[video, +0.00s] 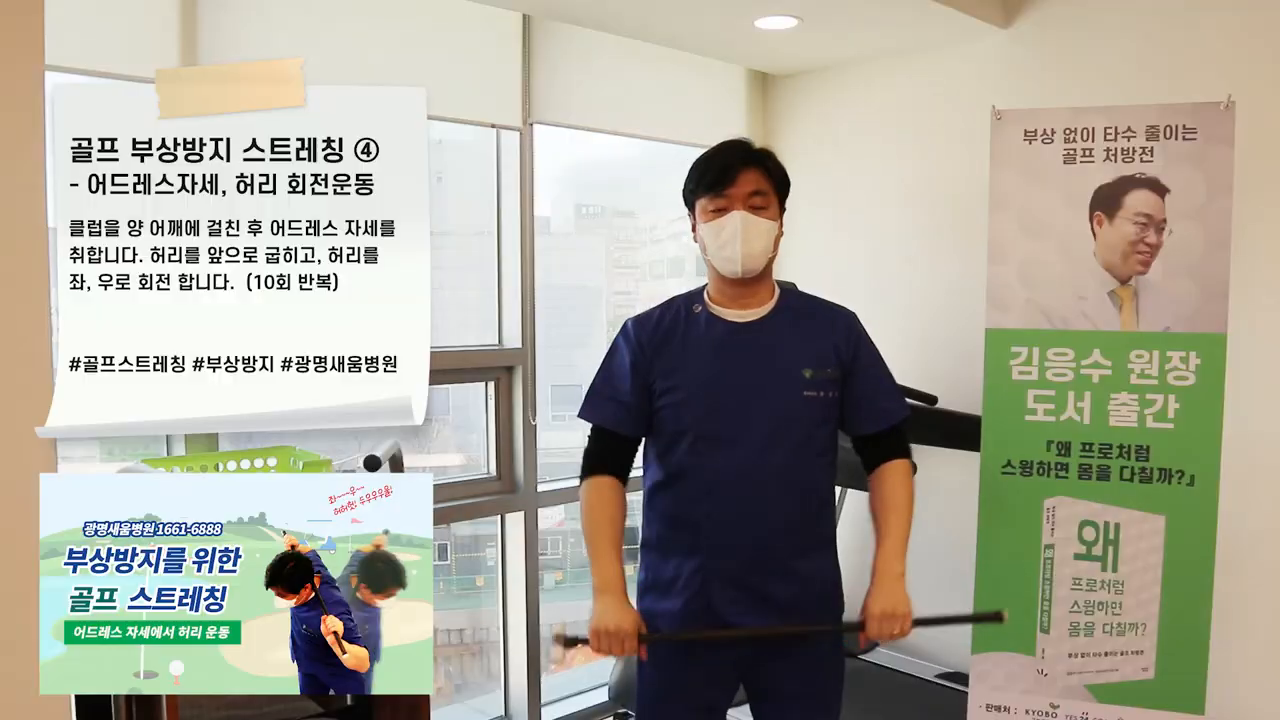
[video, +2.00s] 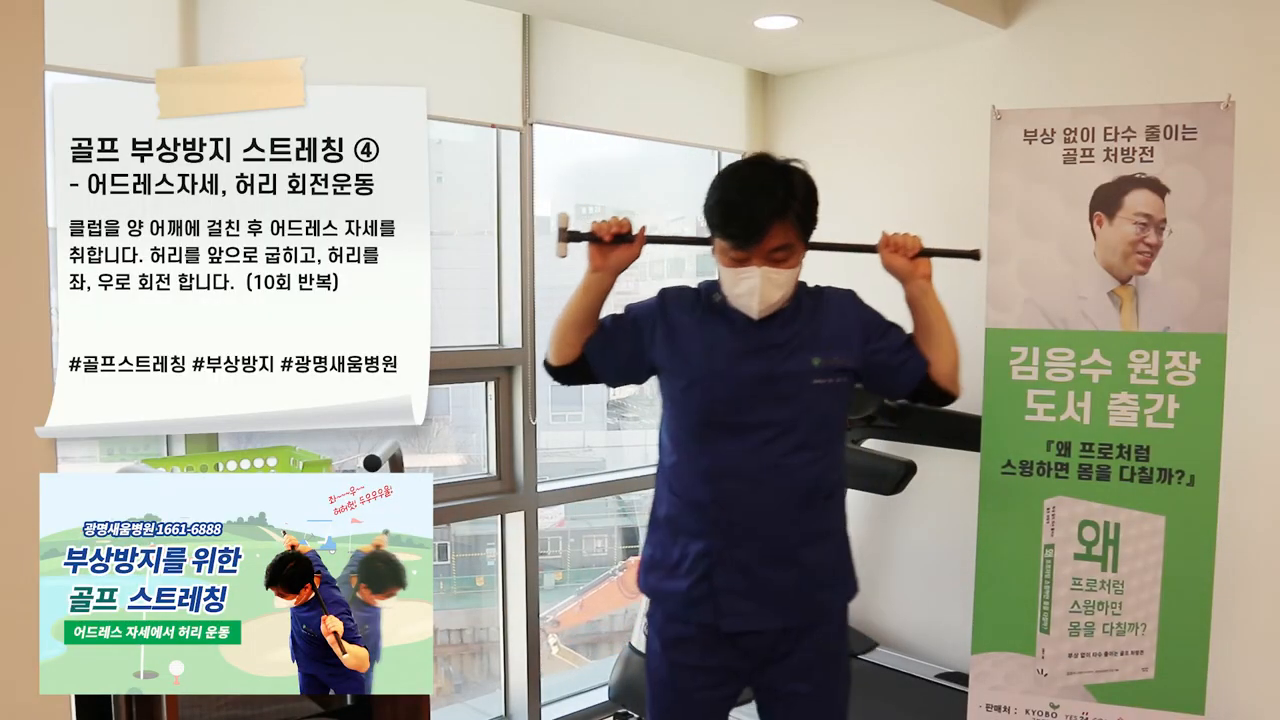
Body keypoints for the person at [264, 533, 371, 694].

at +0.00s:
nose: (279, 599)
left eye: (283, 596)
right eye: (276, 594)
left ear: (306, 590)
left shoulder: (334, 607)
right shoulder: (313, 572)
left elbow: (363, 665)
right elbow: (308, 553)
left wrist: (335, 642)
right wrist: (296, 547)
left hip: (343, 676)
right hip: (311, 668)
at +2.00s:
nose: (278, 599)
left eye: (283, 596)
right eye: (276, 594)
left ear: (306, 590)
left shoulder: (334, 607)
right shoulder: (312, 570)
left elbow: (363, 665)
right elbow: (308, 552)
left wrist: (335, 642)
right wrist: (297, 547)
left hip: (344, 673)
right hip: (310, 667)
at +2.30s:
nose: (278, 599)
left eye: (283, 596)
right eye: (276, 594)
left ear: (306, 590)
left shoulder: (334, 607)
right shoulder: (312, 570)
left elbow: (363, 665)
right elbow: (308, 552)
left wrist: (335, 642)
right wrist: (297, 547)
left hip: (344, 673)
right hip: (310, 667)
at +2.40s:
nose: (278, 599)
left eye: (283, 596)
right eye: (276, 594)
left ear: (306, 590)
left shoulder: (334, 607)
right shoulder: (312, 570)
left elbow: (363, 665)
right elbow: (308, 552)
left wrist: (335, 642)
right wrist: (297, 547)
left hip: (344, 673)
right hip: (310, 667)